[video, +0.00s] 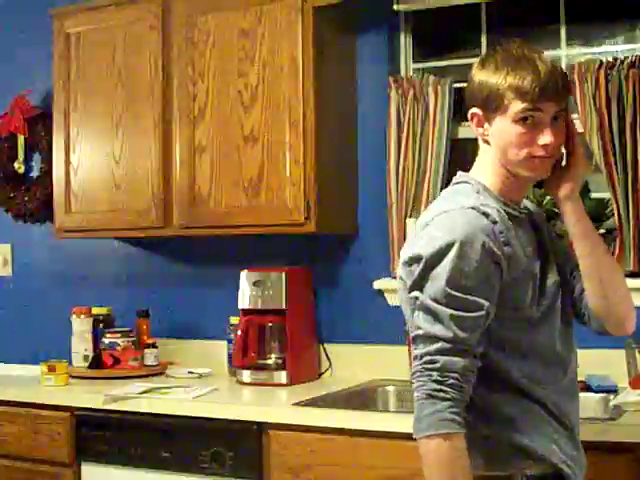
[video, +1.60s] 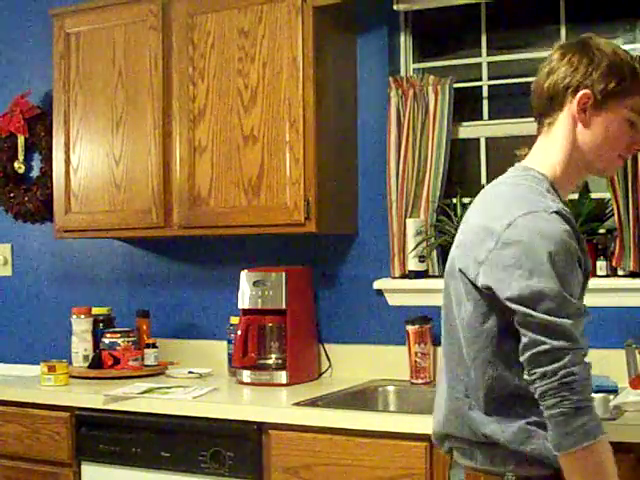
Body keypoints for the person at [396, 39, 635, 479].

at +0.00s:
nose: (548, 139)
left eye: (557, 122)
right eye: (527, 120)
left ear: (566, 127)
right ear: (481, 125)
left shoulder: (535, 223)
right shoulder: (461, 231)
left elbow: (618, 320)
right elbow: (437, 419)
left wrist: (569, 197)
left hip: (558, 460)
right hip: (506, 468)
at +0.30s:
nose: (569, 142)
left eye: (577, 124)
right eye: (550, 122)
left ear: (586, 127)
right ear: (501, 124)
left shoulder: (534, 222)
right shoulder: (479, 229)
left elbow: (609, 348)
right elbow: (445, 416)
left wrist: (585, 227)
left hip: (559, 461)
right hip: (513, 468)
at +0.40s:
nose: (577, 139)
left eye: (586, 121)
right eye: (557, 119)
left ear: (594, 124)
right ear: (509, 122)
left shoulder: (538, 223)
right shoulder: (480, 230)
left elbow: (586, 371)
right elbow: (450, 417)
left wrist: (597, 272)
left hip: (562, 460)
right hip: (520, 467)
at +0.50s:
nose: (581, 133)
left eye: (592, 115)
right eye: (561, 113)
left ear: (602, 122)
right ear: (514, 120)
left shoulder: (551, 226)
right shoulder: (477, 229)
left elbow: (549, 381)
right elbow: (468, 417)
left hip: (564, 461)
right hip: (513, 467)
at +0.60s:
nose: (580, 126)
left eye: (592, 109)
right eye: (560, 108)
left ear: (603, 118)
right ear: (517, 116)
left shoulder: (558, 222)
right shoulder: (482, 229)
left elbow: (544, 375)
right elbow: (489, 414)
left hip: (560, 460)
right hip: (506, 468)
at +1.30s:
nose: (622, 125)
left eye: (621, 110)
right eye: (610, 104)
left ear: (557, 102)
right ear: (557, 99)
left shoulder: (531, 213)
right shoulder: (516, 221)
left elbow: (562, 396)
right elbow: (515, 414)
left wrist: (609, 473)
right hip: (521, 467)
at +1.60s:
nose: (635, 146)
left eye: (637, 127)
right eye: (630, 122)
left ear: (580, 108)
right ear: (582, 108)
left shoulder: (502, 200)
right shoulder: (536, 226)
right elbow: (567, 409)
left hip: (482, 461)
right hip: (513, 469)